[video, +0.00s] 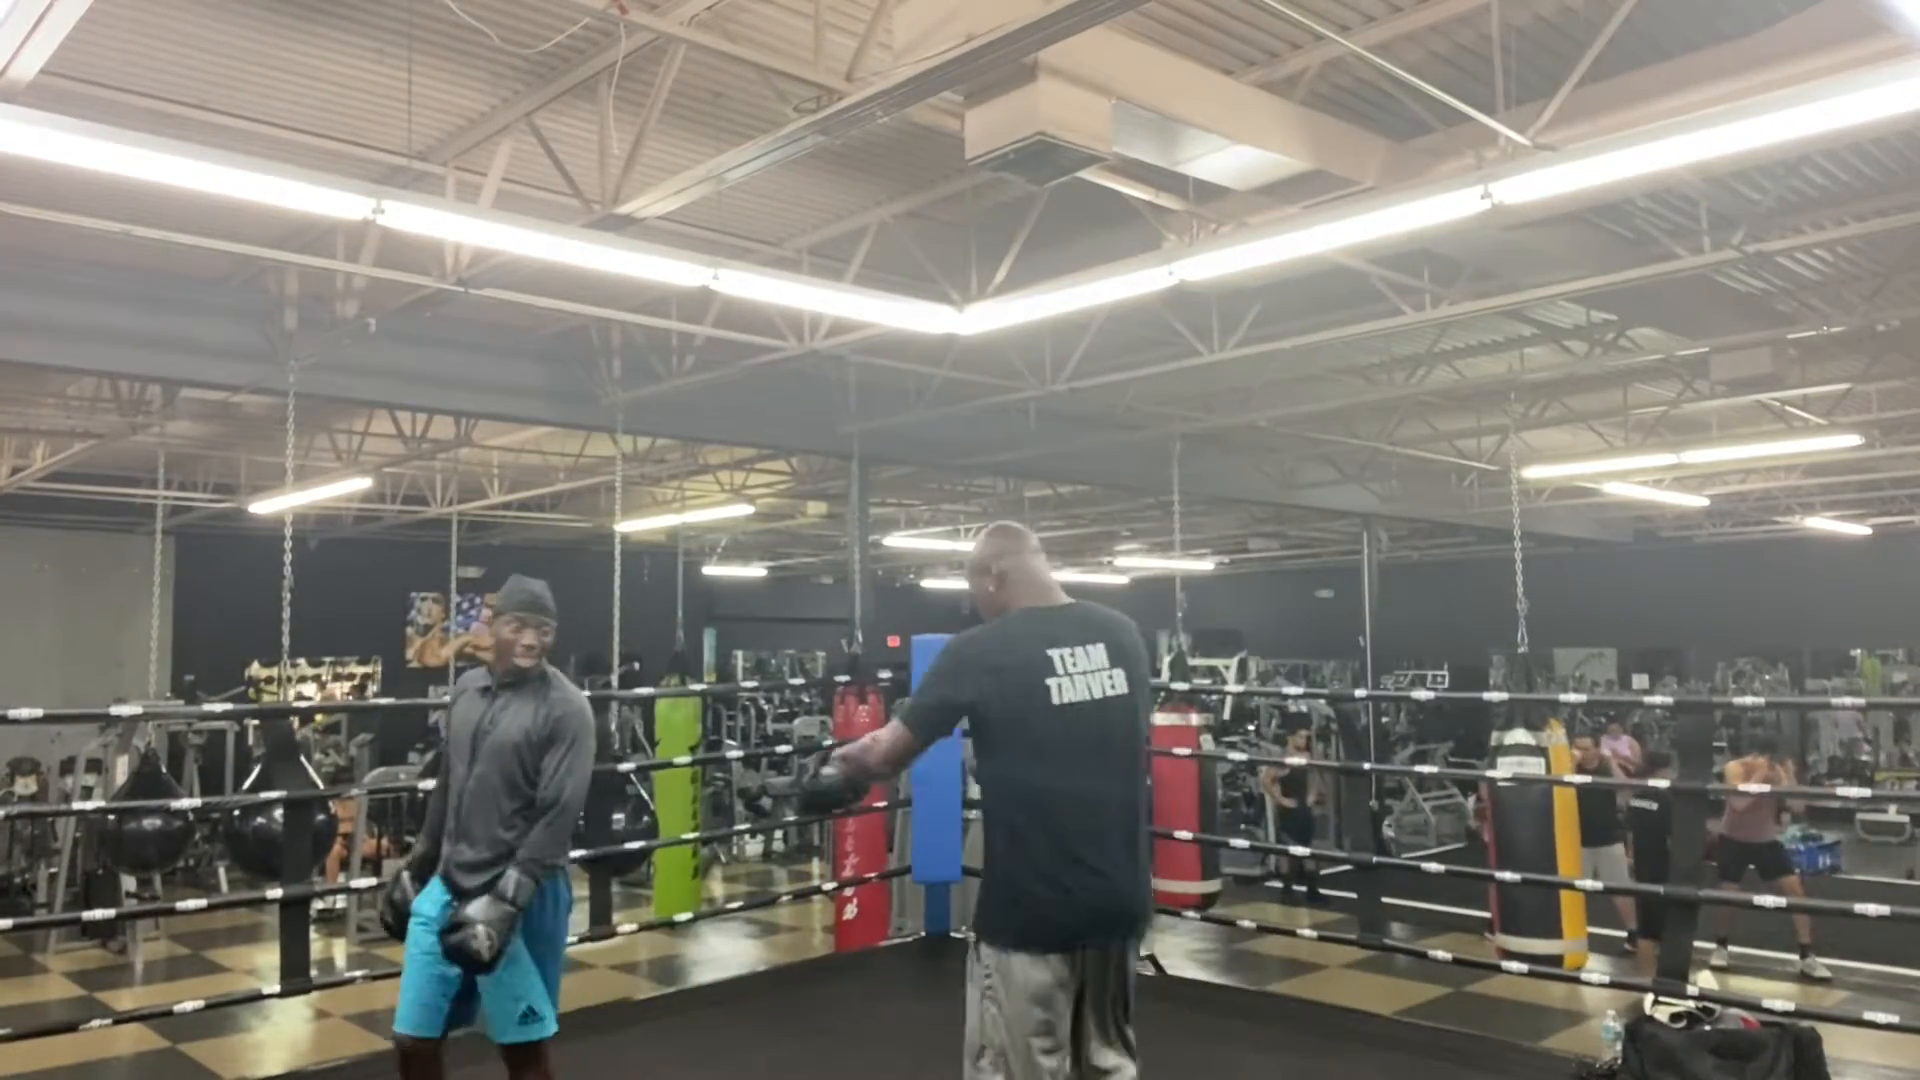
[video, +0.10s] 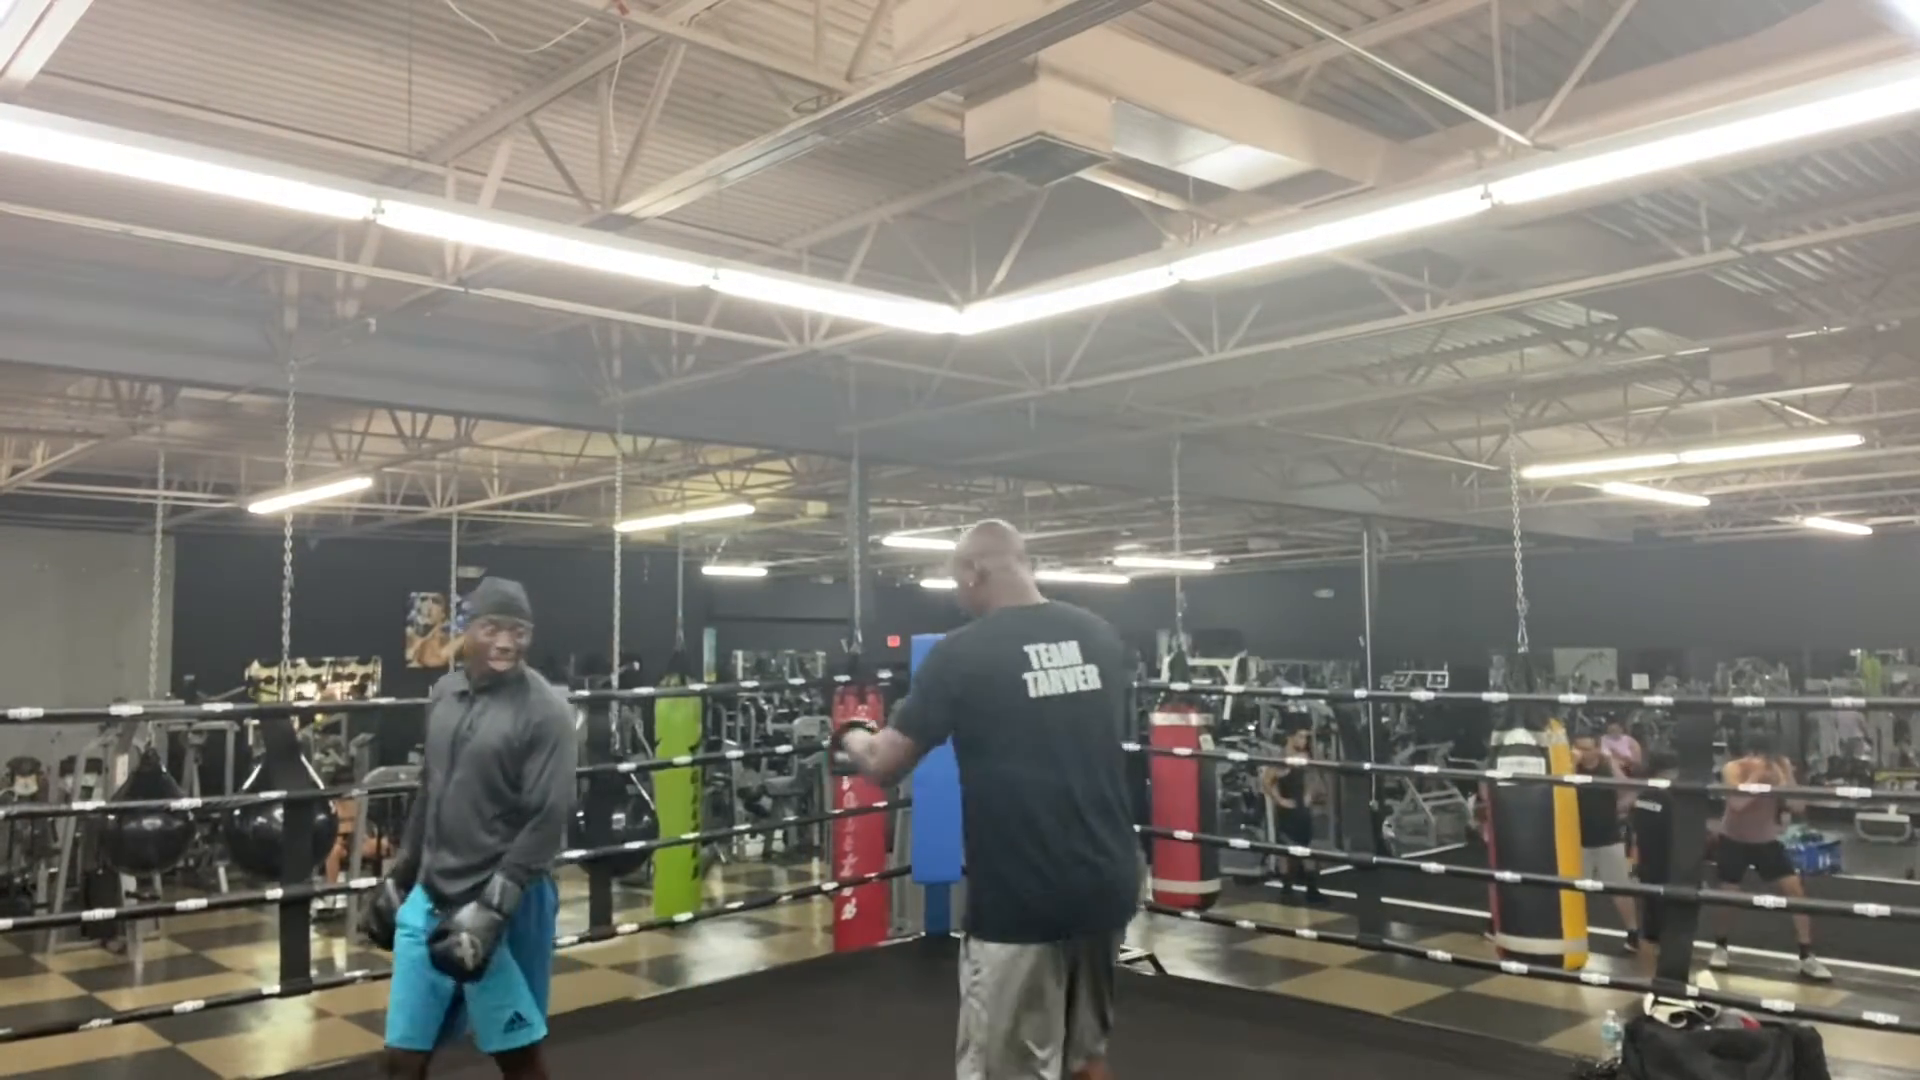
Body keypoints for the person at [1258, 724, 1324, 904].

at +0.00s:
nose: (1304, 741)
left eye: (1306, 737)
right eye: (1300, 736)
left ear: (1308, 740)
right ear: (1290, 739)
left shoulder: (1307, 759)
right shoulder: (1282, 759)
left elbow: (1316, 779)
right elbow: (1266, 780)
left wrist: (1312, 796)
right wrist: (1280, 799)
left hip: (1304, 804)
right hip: (1288, 804)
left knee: (1306, 846)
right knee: (1288, 846)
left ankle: (1311, 886)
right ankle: (1287, 886)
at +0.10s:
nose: (1304, 741)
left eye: (1306, 737)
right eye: (1300, 736)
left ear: (1307, 740)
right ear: (1290, 738)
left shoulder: (1305, 759)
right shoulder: (1282, 759)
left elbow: (1312, 780)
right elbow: (1266, 781)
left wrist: (1309, 795)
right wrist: (1280, 800)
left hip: (1303, 804)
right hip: (1287, 805)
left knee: (1305, 846)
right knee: (1288, 846)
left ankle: (1311, 886)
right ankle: (1287, 886)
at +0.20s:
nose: (1305, 741)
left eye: (1306, 737)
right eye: (1302, 737)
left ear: (1302, 740)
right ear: (1291, 739)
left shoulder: (1301, 758)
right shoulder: (1282, 759)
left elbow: (1300, 780)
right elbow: (1266, 780)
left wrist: (1305, 795)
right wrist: (1279, 800)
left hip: (1300, 804)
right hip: (1286, 806)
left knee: (1304, 845)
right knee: (1288, 846)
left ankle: (1311, 886)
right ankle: (1287, 886)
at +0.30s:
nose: (1305, 742)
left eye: (1306, 738)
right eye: (1302, 737)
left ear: (1299, 741)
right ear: (1292, 739)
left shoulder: (1299, 759)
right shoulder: (1283, 759)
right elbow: (1267, 781)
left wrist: (1302, 801)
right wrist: (1279, 800)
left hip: (1298, 805)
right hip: (1285, 807)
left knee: (1303, 843)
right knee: (1287, 845)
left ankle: (1310, 885)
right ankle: (1287, 885)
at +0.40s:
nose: (1305, 742)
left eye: (1305, 738)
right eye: (1302, 737)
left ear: (1296, 740)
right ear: (1292, 739)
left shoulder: (1298, 759)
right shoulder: (1283, 759)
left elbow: (1298, 788)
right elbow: (1267, 782)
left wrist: (1303, 806)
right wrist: (1280, 801)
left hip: (1297, 806)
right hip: (1285, 808)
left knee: (1303, 844)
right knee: (1287, 846)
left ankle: (1310, 884)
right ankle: (1287, 885)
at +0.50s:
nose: (1305, 742)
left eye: (1305, 738)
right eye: (1302, 737)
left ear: (1296, 740)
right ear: (1293, 739)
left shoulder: (1298, 759)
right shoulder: (1283, 759)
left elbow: (1298, 789)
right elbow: (1267, 782)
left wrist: (1304, 809)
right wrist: (1280, 800)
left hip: (1297, 806)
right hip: (1284, 808)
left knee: (1303, 844)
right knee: (1286, 846)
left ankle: (1309, 885)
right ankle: (1286, 885)